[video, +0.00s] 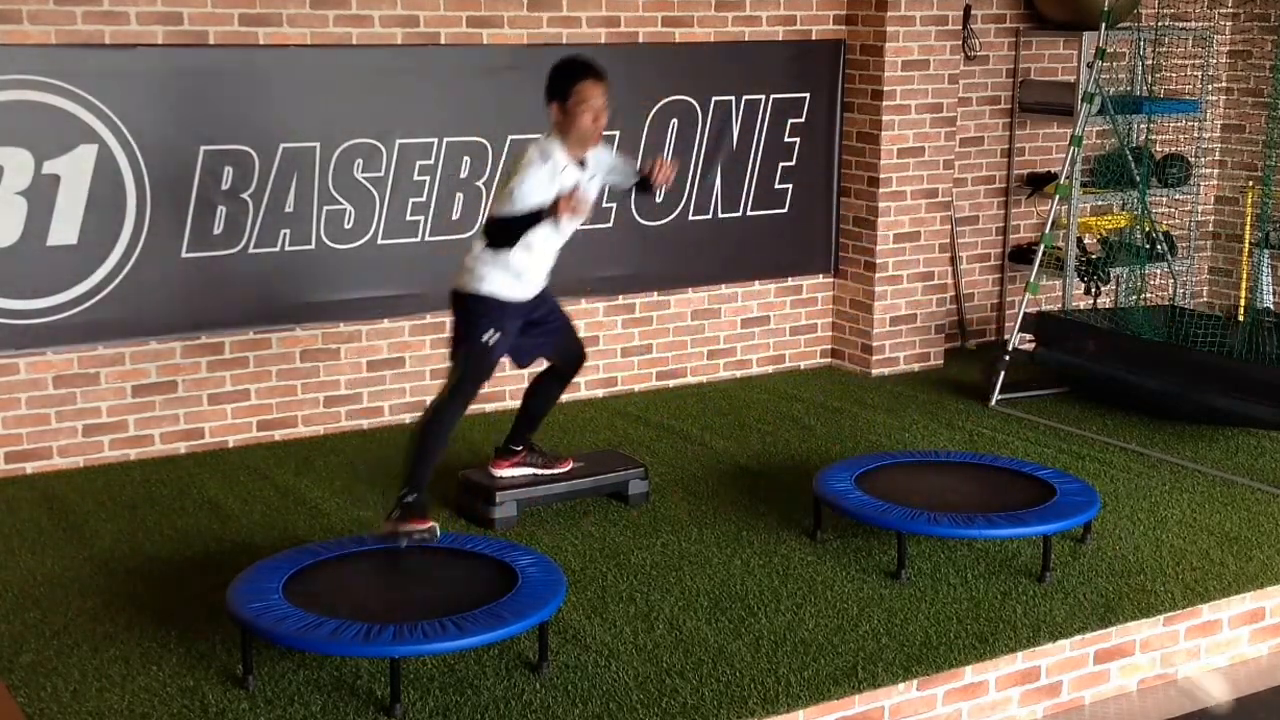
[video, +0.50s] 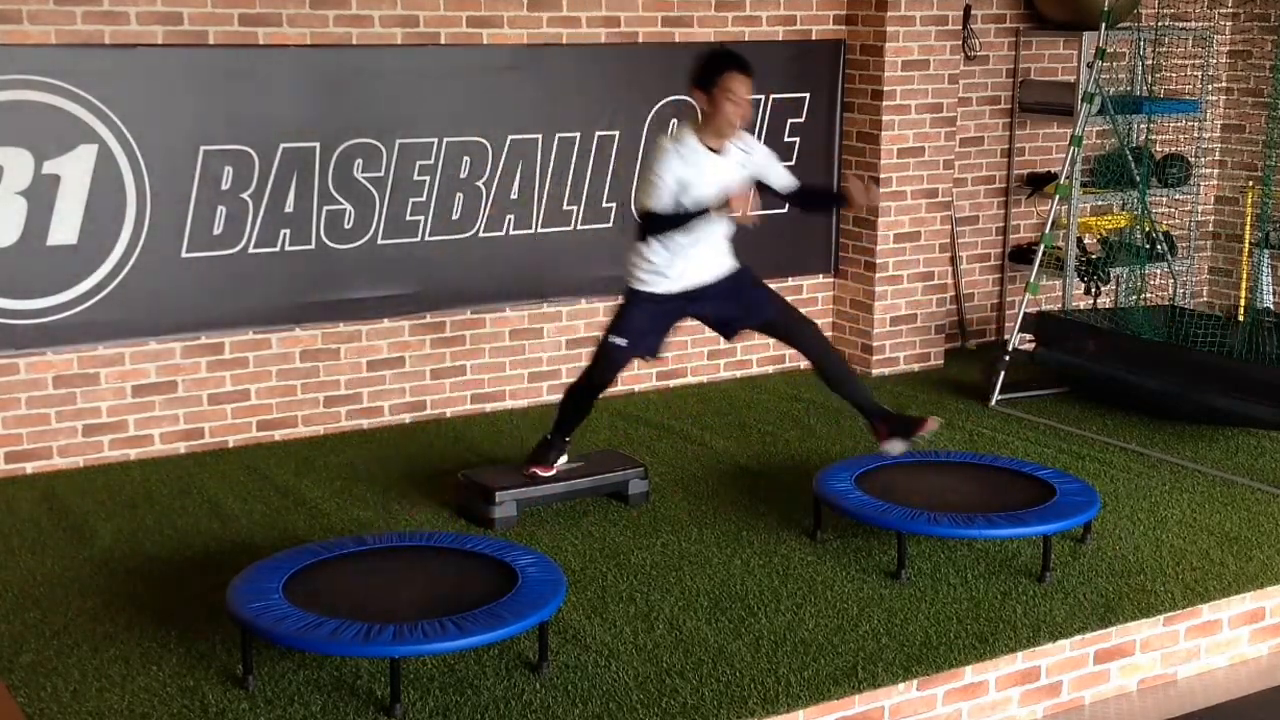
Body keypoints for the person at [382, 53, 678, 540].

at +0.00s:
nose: (600, 120)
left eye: (604, 109)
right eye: (589, 109)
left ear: (608, 111)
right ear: (558, 113)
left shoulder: (597, 157)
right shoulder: (538, 162)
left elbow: (629, 181)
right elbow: (495, 232)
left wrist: (649, 179)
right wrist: (550, 212)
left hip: (531, 293)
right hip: (487, 293)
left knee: (569, 358)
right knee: (463, 386)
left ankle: (514, 451)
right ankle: (410, 503)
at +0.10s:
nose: (618, 75)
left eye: (622, 64)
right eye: (607, 65)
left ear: (625, 65)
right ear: (576, 65)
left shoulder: (624, 115)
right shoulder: (557, 119)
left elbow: (679, 140)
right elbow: (522, 190)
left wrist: (688, 118)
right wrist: (576, 160)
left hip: (569, 266)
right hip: (524, 263)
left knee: (580, 353)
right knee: (504, 362)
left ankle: (517, 446)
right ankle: (448, 470)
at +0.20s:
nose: (635, 40)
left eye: (640, 31)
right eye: (625, 29)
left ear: (645, 35)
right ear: (596, 30)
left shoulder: (645, 80)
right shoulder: (575, 85)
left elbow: (698, 110)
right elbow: (553, 156)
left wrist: (715, 91)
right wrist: (616, 120)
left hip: (613, 237)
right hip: (559, 238)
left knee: (638, 336)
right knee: (534, 351)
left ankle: (564, 402)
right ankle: (505, 436)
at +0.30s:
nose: (662, 44)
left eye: (668, 35)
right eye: (651, 33)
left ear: (672, 40)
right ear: (621, 34)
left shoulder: (669, 85)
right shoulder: (601, 83)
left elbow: (721, 122)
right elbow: (581, 145)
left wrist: (749, 105)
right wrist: (653, 113)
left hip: (645, 237)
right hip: (585, 248)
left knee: (713, 316)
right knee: (561, 351)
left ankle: (651, 383)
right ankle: (548, 434)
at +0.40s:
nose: (697, 79)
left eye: (701, 69)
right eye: (687, 67)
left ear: (705, 72)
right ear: (654, 65)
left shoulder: (699, 117)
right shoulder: (629, 118)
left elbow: (749, 159)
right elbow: (613, 184)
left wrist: (793, 144)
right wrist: (687, 144)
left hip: (679, 253)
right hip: (619, 267)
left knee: (766, 302)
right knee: (577, 365)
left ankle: (781, 401)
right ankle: (554, 442)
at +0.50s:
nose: (743, 109)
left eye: (748, 100)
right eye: (733, 98)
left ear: (750, 104)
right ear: (702, 98)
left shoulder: (747, 149)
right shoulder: (672, 153)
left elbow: (795, 193)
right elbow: (647, 225)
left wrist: (842, 196)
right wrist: (719, 208)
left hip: (721, 278)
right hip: (657, 287)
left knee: (809, 335)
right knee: (601, 370)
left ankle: (884, 422)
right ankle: (553, 446)